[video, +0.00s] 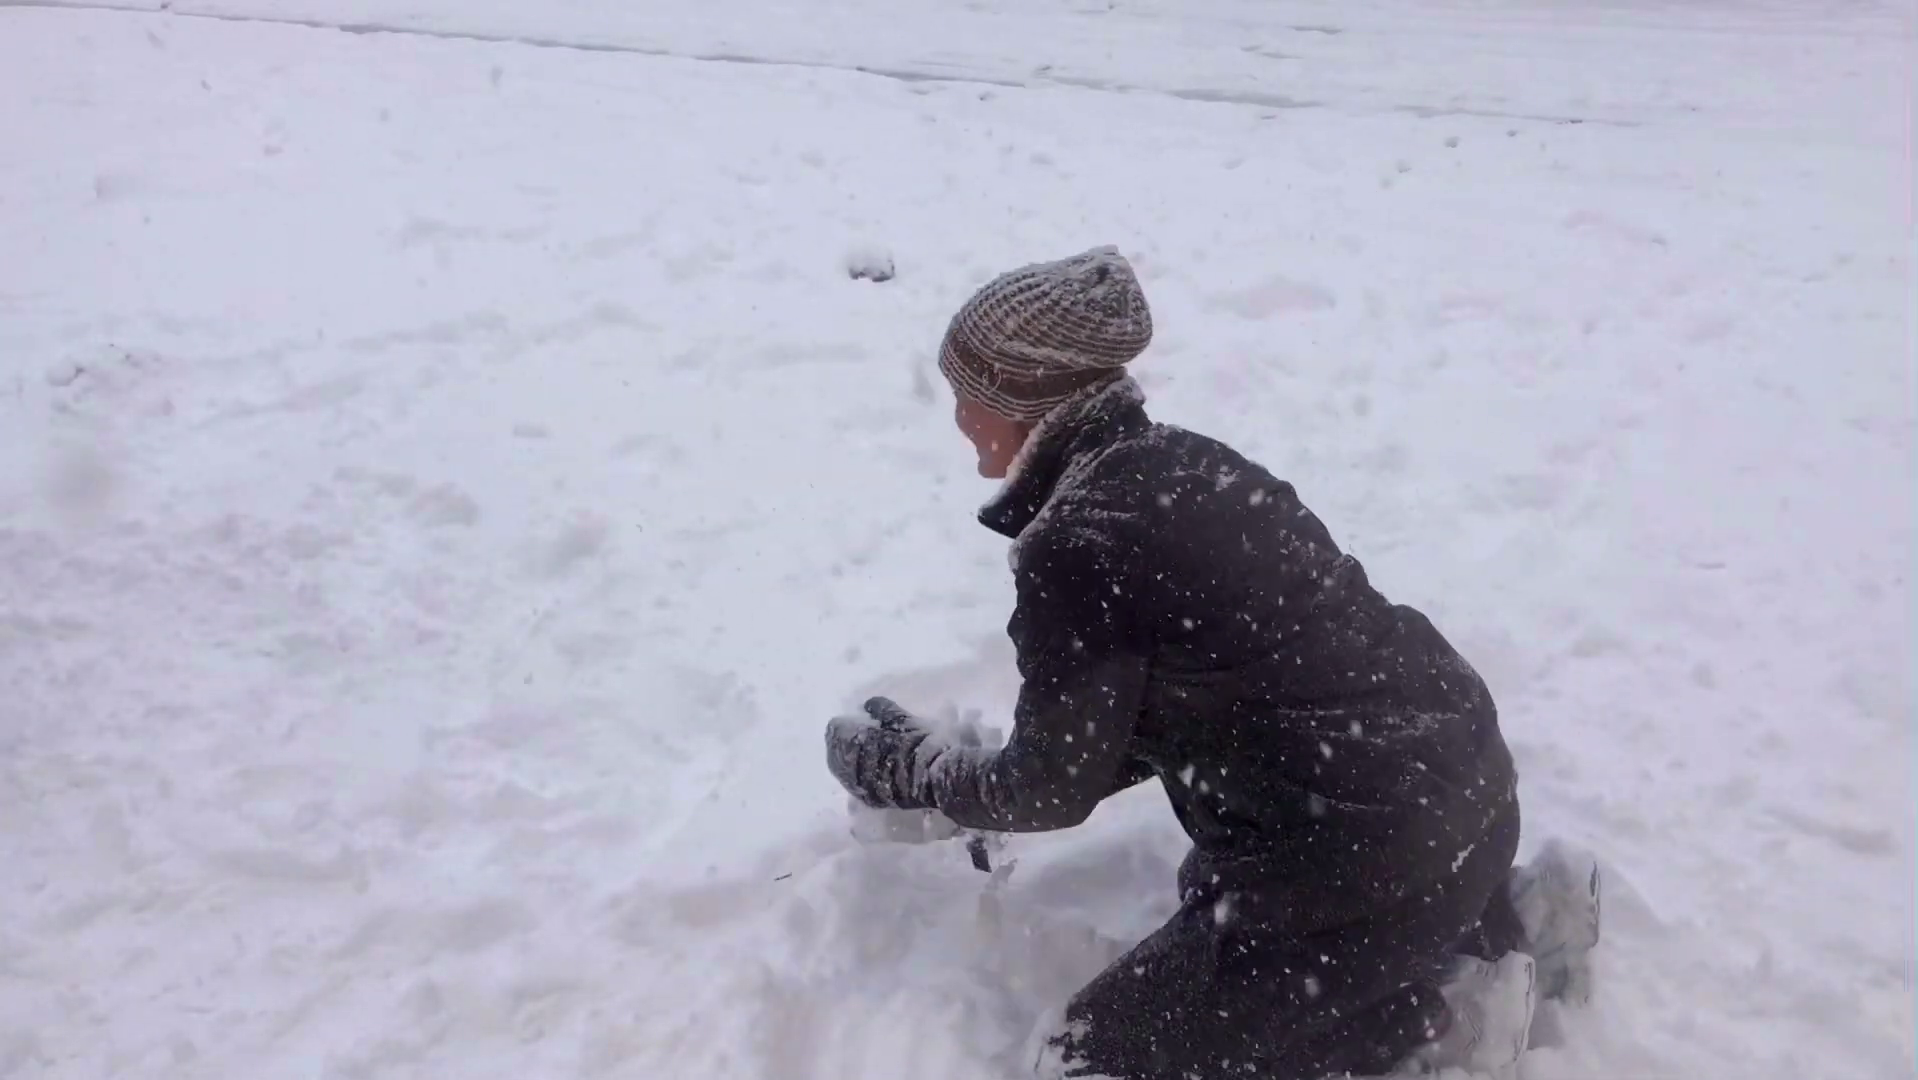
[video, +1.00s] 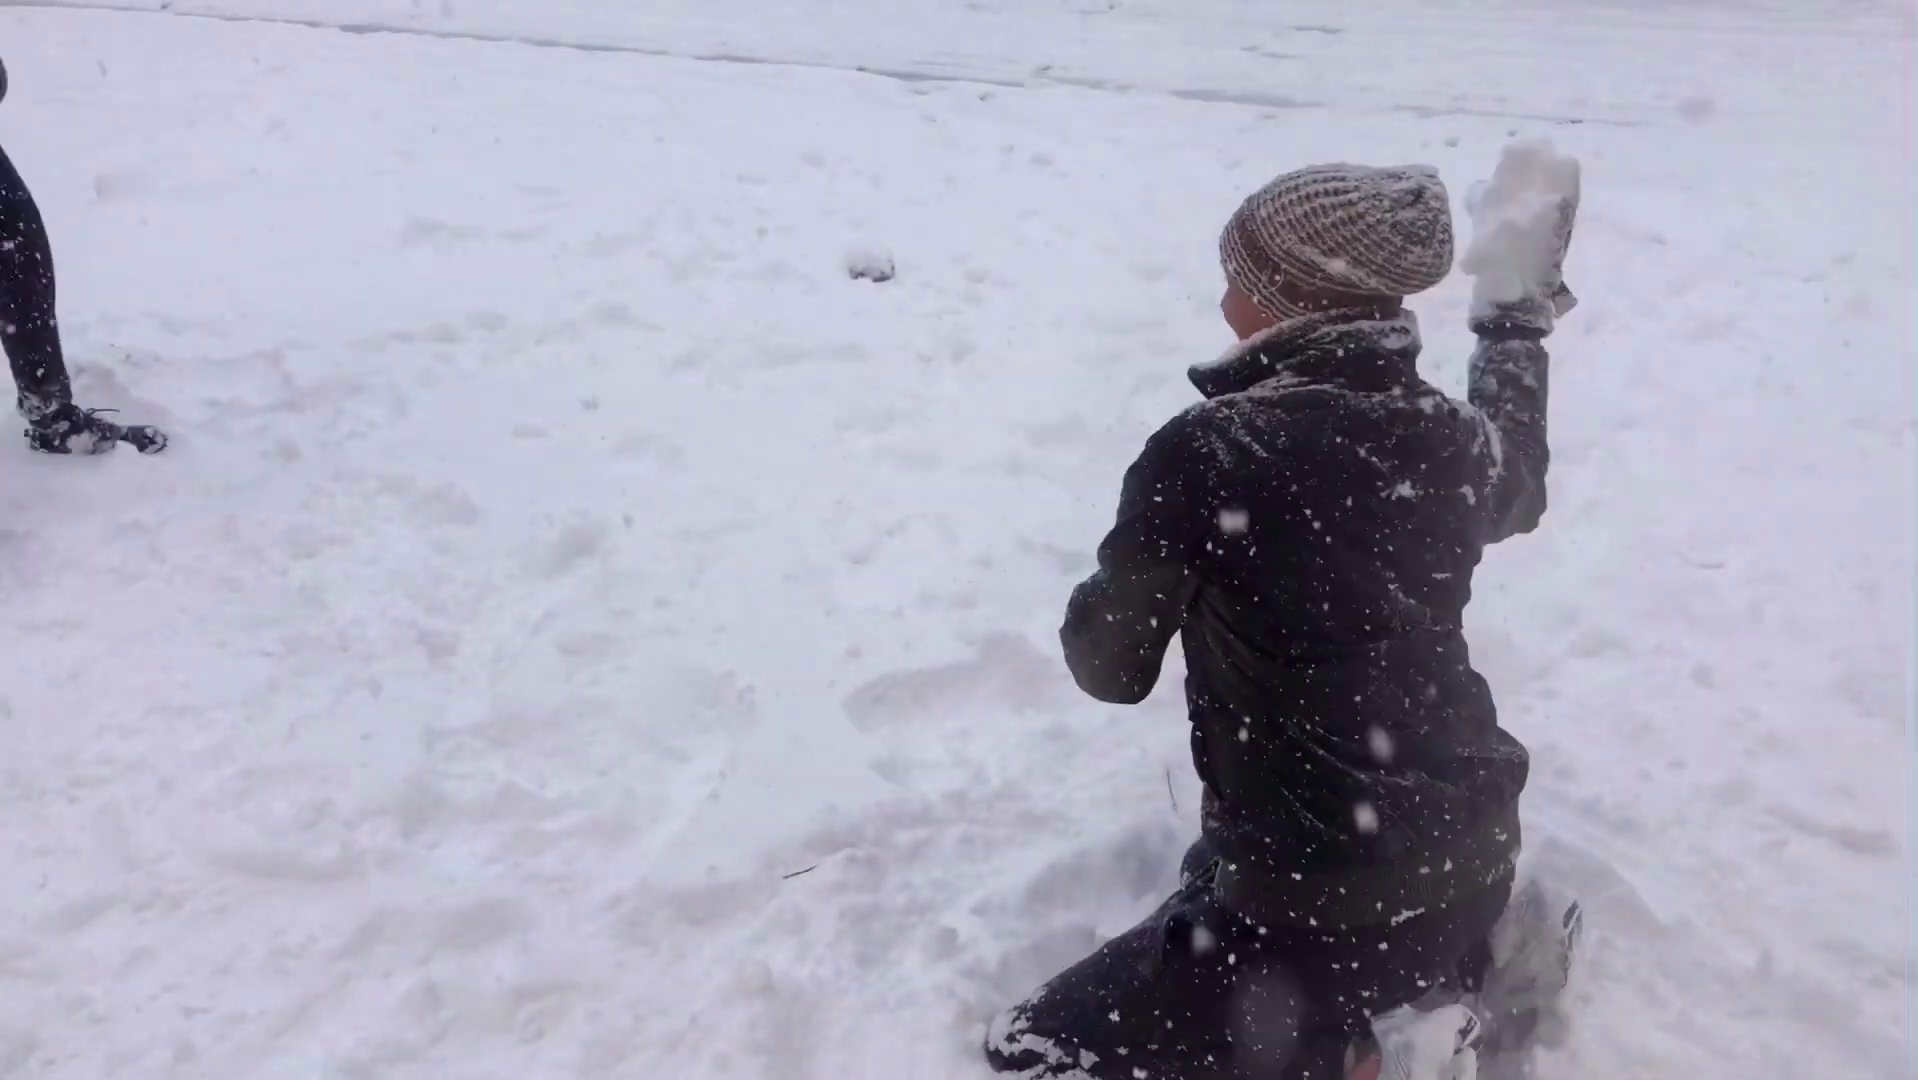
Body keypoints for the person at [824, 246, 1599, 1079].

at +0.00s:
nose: (960, 428)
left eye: (966, 405)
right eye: (958, 403)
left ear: (1023, 410)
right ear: (1089, 389)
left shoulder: (1073, 550)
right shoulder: (1192, 464)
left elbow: (1061, 781)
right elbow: (1164, 718)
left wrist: (920, 777)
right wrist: (986, 789)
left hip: (1355, 872)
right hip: (1470, 784)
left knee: (1096, 1052)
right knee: (1221, 869)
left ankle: (1432, 1009)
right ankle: (1501, 922)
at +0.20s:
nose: (1014, 309)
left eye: (1023, 285)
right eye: (1016, 285)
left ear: (1074, 296)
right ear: (1140, 290)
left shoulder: (1090, 435)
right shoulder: (1232, 385)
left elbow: (999, 642)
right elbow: (1143, 615)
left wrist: (927, 564)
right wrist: (958, 607)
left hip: (1322, 829)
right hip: (1443, 766)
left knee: (1098, 1044)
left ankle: (1434, 1010)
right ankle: (1512, 920)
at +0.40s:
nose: (1075, 225)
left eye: (1087, 200)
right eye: (1078, 199)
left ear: (1144, 208)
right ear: (1206, 206)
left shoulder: (1117, 345)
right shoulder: (1282, 321)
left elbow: (994, 523)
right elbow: (1135, 516)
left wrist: (944, 438)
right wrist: (1013, 453)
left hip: (1283, 780)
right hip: (1410, 732)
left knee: (1089, 1046)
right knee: (1276, 871)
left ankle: (1424, 993)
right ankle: (1502, 901)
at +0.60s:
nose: (1141, 189)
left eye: (1154, 165)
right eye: (1147, 163)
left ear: (1201, 180)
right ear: (1261, 183)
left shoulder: (1154, 309)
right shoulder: (1329, 313)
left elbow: (1017, 487)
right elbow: (1203, 492)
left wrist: (985, 383)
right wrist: (1060, 407)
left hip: (1249, 771)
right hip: (1384, 737)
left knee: (1062, 1040)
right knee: (1258, 873)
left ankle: (1379, 987)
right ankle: (1497, 881)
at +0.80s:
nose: (1170, 234)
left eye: (1184, 210)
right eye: (1177, 207)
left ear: (1232, 228)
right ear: (1305, 232)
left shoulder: (1162, 365)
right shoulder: (1368, 363)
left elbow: (1053, 571)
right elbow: (1294, 528)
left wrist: (1022, 498)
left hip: (1267, 827)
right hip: (1418, 799)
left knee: (1048, 1047)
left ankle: (1370, 1047)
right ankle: (1489, 921)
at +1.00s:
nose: (1225, 302)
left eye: (1237, 282)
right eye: (1232, 278)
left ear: (1284, 303)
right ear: (1362, 302)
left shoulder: (1203, 453)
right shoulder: (1449, 433)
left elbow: (1109, 664)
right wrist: (1516, 321)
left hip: (1297, 920)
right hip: (1465, 894)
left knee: (1033, 1050)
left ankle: (1338, 1055)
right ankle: (1475, 967)